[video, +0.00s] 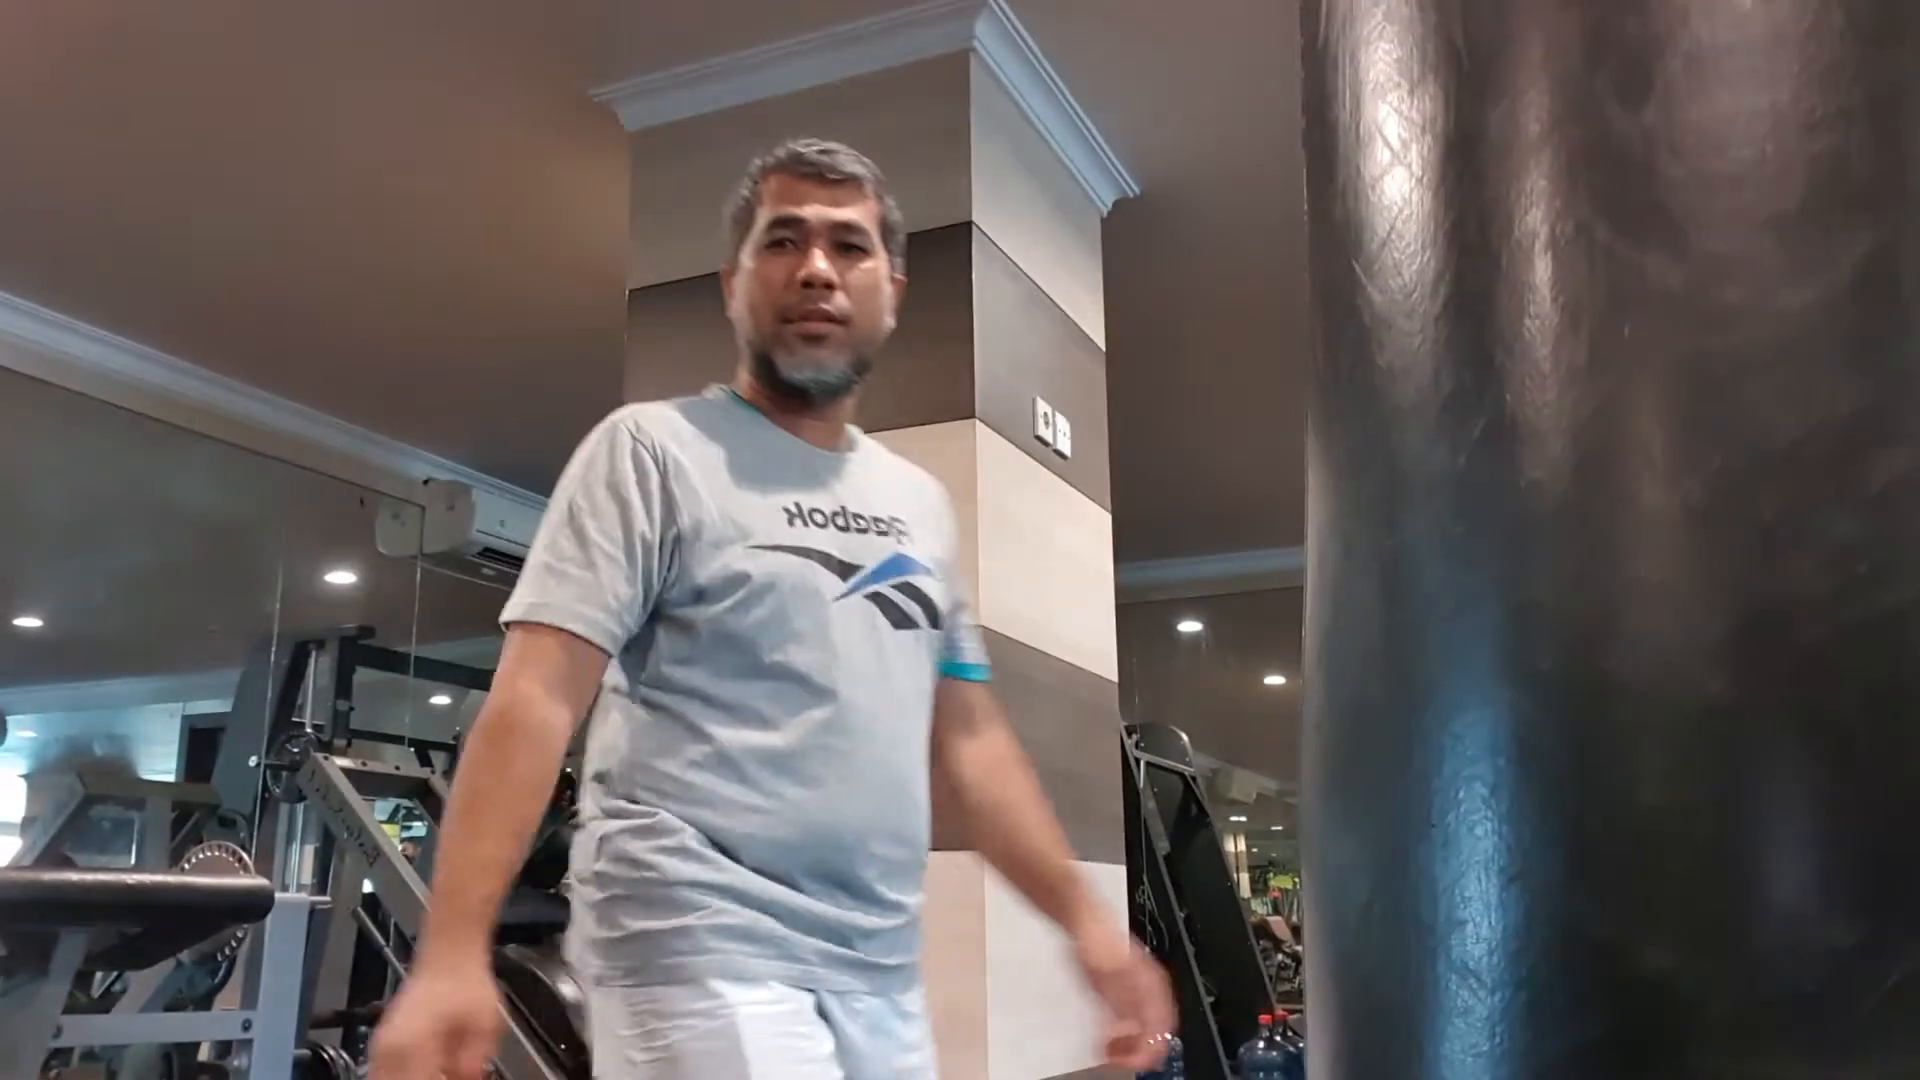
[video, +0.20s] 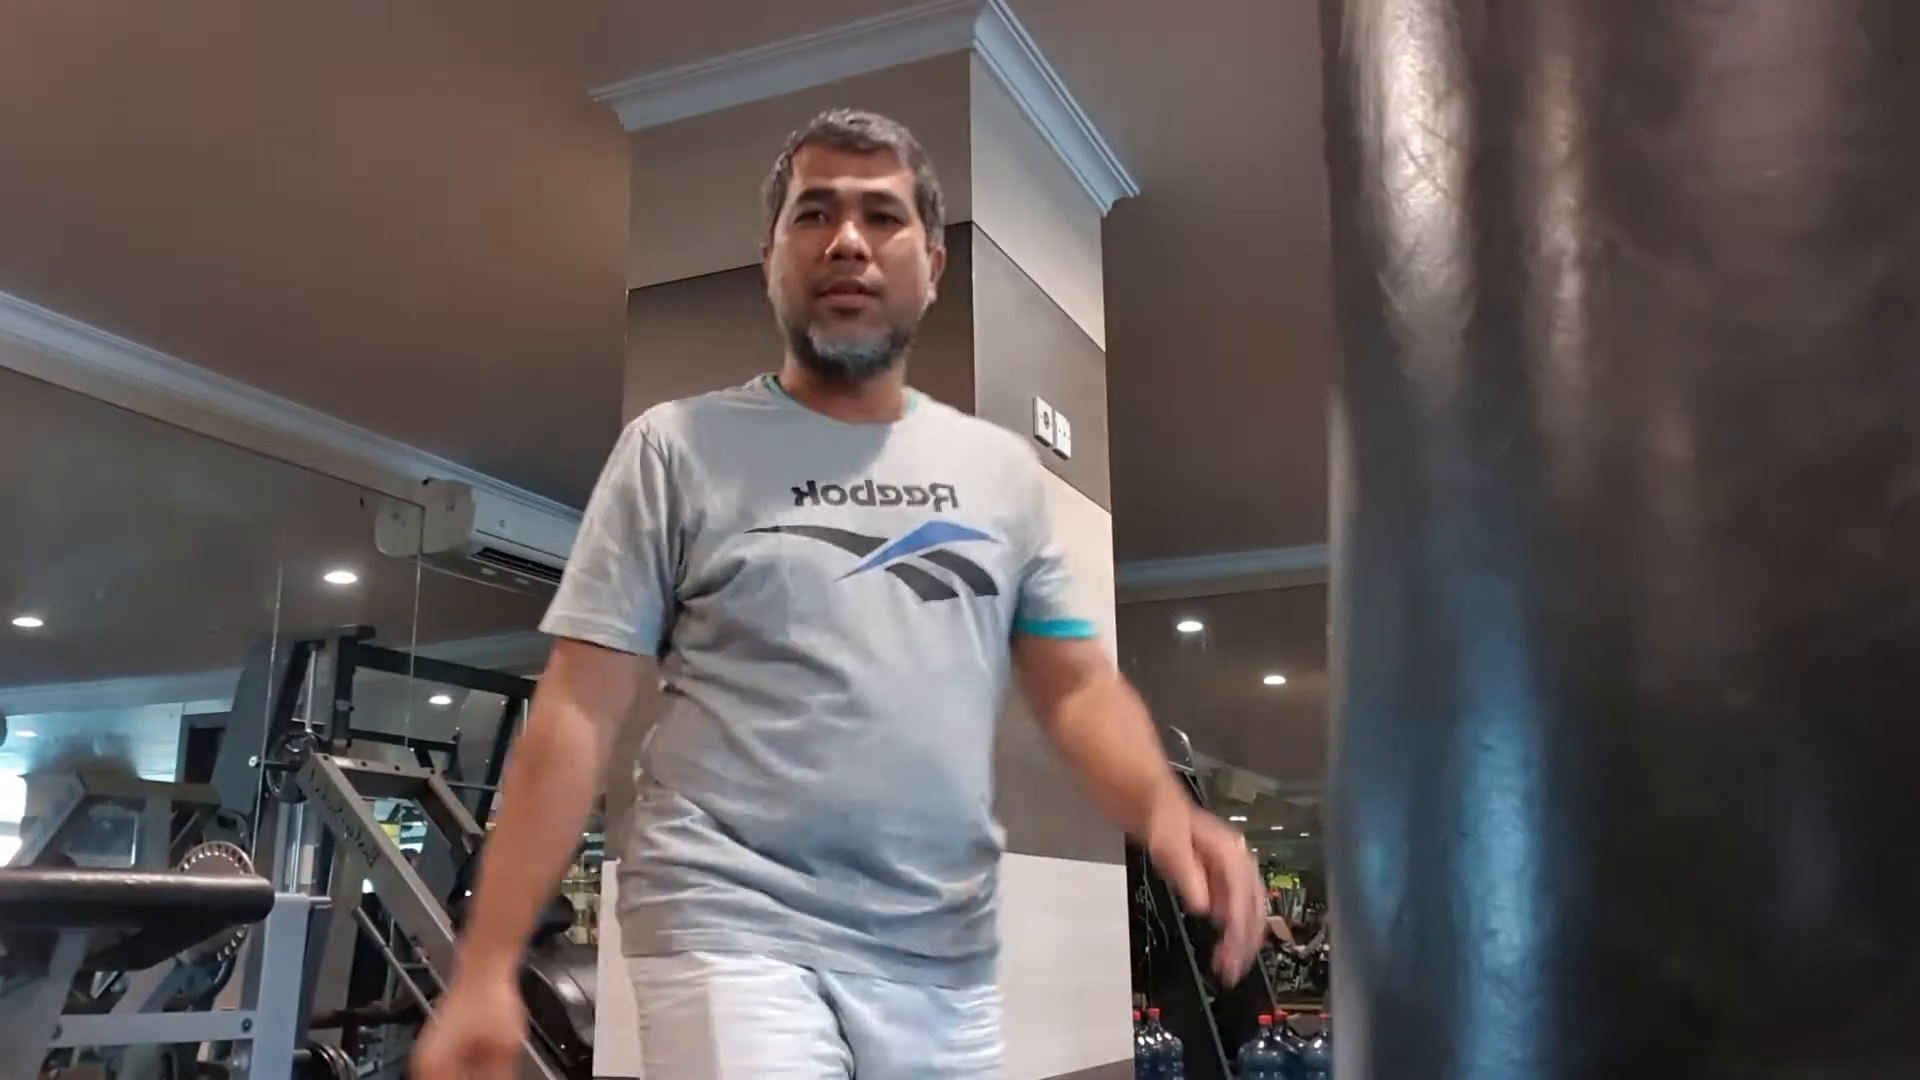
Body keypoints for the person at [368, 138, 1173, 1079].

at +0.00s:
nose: (816, 270)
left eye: (849, 247)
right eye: (784, 242)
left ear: (894, 296)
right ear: (729, 287)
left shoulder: (918, 503)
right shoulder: (647, 452)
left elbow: (966, 737)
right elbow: (534, 699)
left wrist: (1085, 917)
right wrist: (451, 954)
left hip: (876, 971)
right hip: (693, 953)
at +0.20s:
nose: (846, 239)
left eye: (882, 216)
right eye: (814, 213)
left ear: (933, 266)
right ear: (770, 260)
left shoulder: (1006, 474)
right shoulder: (675, 452)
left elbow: (1078, 683)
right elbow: (577, 710)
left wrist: (1164, 808)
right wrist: (486, 968)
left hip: (939, 960)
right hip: (722, 937)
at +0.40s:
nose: (849, 221)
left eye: (889, 194)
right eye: (817, 193)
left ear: (946, 246)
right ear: (775, 241)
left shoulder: (1041, 444)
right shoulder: (682, 462)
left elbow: (1150, 635)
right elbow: (639, 736)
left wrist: (1163, 673)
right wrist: (612, 1001)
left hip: (969, 1002)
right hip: (726, 999)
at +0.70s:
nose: (826, 189)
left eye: (868, 155)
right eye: (790, 157)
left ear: (935, 204)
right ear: (748, 208)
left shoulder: (1048, 383)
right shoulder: (681, 458)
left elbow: (1217, 627)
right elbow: (646, 741)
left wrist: (1119, 529)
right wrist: (593, 1023)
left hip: (1040, 1002)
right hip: (751, 1010)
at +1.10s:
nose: (869, 131)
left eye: (915, 91)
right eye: (831, 93)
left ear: (985, 140)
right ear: (786, 139)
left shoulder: (1107, 347)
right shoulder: (722, 412)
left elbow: (1264, 601)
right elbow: (683, 708)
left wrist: (1165, 643)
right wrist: (640, 986)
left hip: (1055, 992)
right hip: (770, 1000)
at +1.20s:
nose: (880, 119)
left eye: (928, 81)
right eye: (842, 81)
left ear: (999, 131)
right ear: (798, 129)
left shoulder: (1119, 345)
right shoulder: (728, 399)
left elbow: (1258, 606)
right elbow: (690, 693)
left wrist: (1194, 780)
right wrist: (645, 978)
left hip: (1058, 1001)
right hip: (775, 1006)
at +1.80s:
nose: (872, 179)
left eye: (925, 120)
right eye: (827, 122)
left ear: (1007, 138)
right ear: (774, 141)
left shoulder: (1153, 339)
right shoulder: (726, 382)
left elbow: (1312, 610)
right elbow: (689, 617)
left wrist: (1259, 908)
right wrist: (667, 837)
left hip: (1083, 1007)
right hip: (797, 1004)